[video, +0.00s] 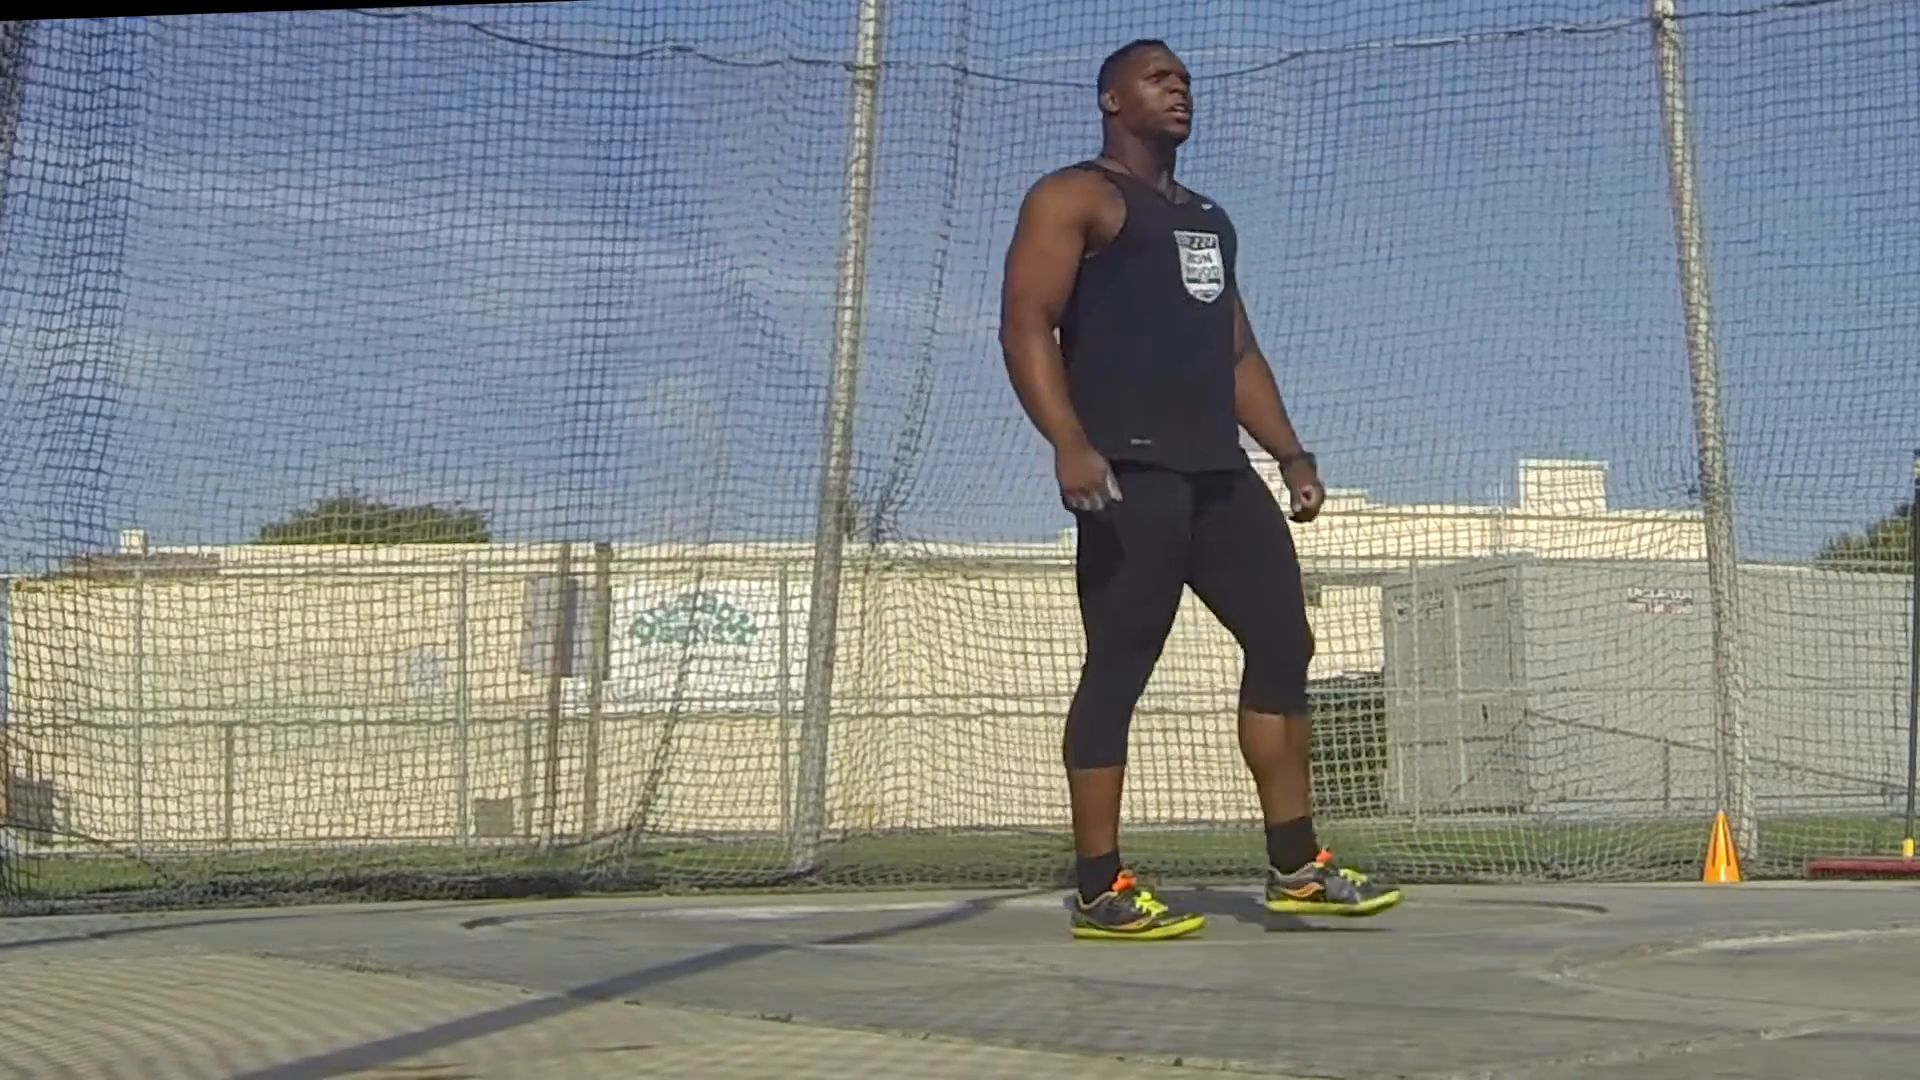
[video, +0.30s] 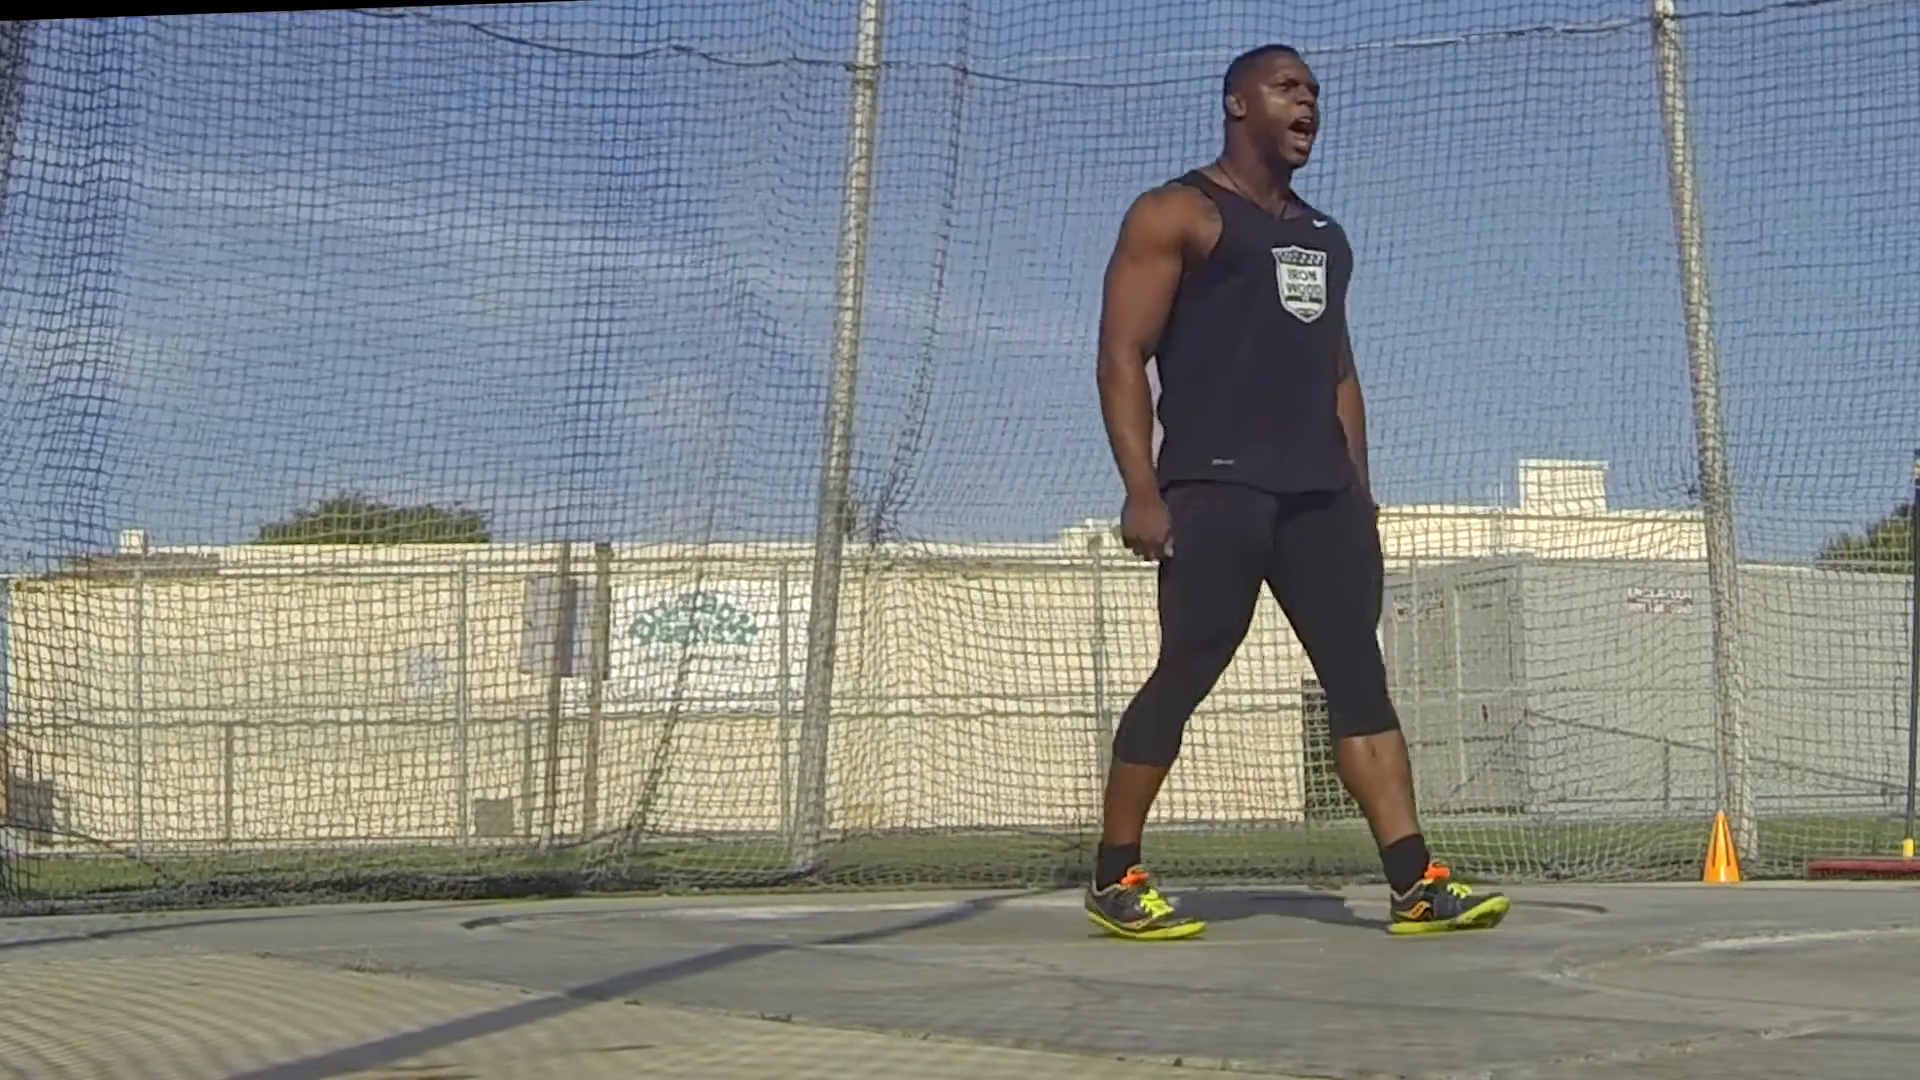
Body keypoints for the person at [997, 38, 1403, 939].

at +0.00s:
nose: (1180, 92)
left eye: (1184, 81)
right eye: (1159, 79)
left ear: (1186, 105)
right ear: (1111, 101)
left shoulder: (1206, 218)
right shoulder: (1071, 196)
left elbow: (1238, 351)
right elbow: (1024, 327)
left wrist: (1290, 451)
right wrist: (1070, 443)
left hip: (1220, 476)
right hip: (1127, 475)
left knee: (1281, 644)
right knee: (1114, 673)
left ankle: (1297, 866)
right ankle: (1099, 886)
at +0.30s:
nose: (1307, 107)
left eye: (1313, 96)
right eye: (1288, 90)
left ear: (1313, 121)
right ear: (1236, 106)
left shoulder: (1325, 237)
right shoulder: (1174, 211)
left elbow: (1338, 370)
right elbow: (1120, 356)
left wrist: (1356, 481)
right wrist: (1141, 491)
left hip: (1322, 487)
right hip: (1218, 484)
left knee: (1357, 675)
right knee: (1182, 678)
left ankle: (1413, 880)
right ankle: (1115, 877)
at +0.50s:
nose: (1368, 89)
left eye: (1373, 78)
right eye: (1349, 75)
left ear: (1378, 100)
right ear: (1299, 94)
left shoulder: (1398, 226)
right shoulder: (1238, 194)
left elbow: (1444, 354)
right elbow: (1189, 326)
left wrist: (1496, 455)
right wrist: (1237, 436)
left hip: (1387, 474)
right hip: (1284, 465)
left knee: (1397, 661)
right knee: (1270, 648)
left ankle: (1419, 882)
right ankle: (1194, 840)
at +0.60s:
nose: (1388, 87)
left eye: (1392, 76)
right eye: (1368, 72)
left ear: (1394, 99)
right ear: (1317, 89)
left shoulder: (1424, 221)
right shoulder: (1257, 188)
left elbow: (1483, 339)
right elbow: (1206, 314)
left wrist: (1549, 418)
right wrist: (1262, 394)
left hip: (1405, 472)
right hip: (1301, 461)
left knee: (1401, 661)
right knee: (1289, 647)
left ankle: (1419, 879)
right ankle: (1243, 836)